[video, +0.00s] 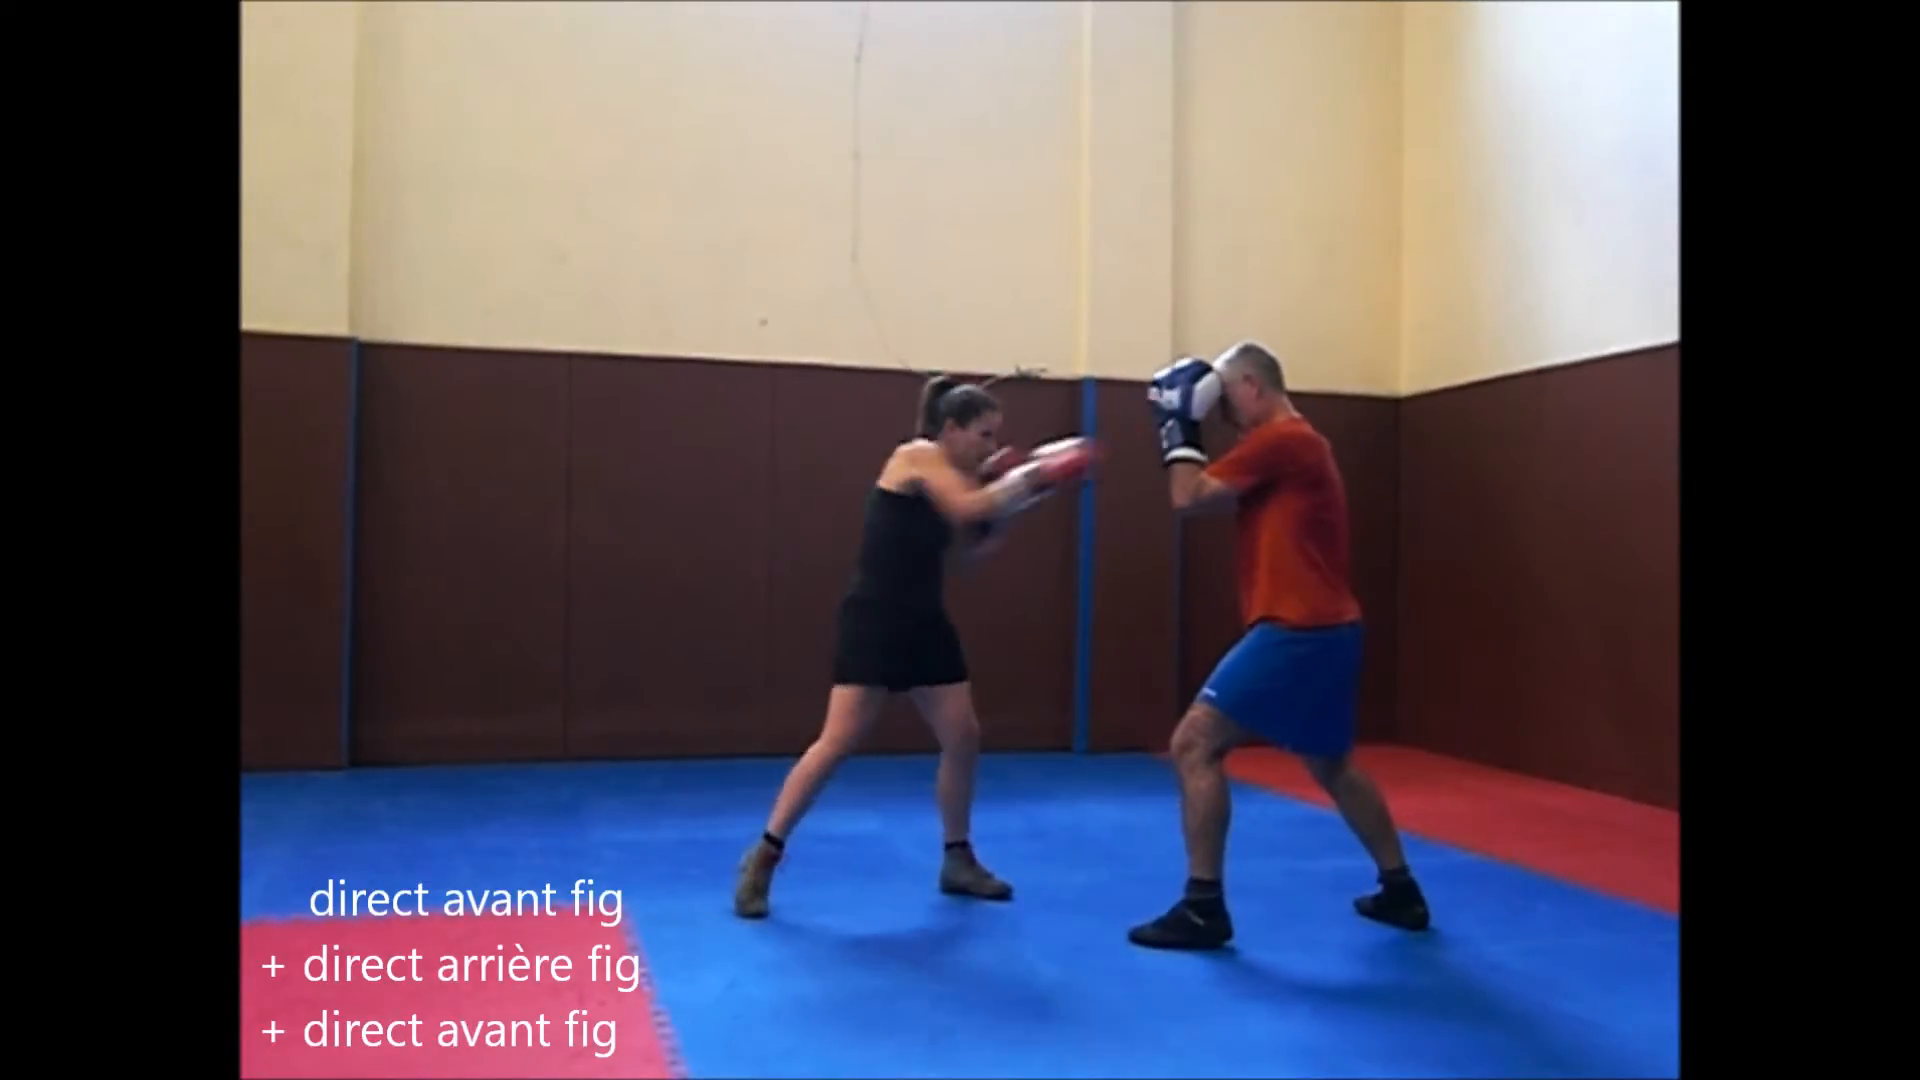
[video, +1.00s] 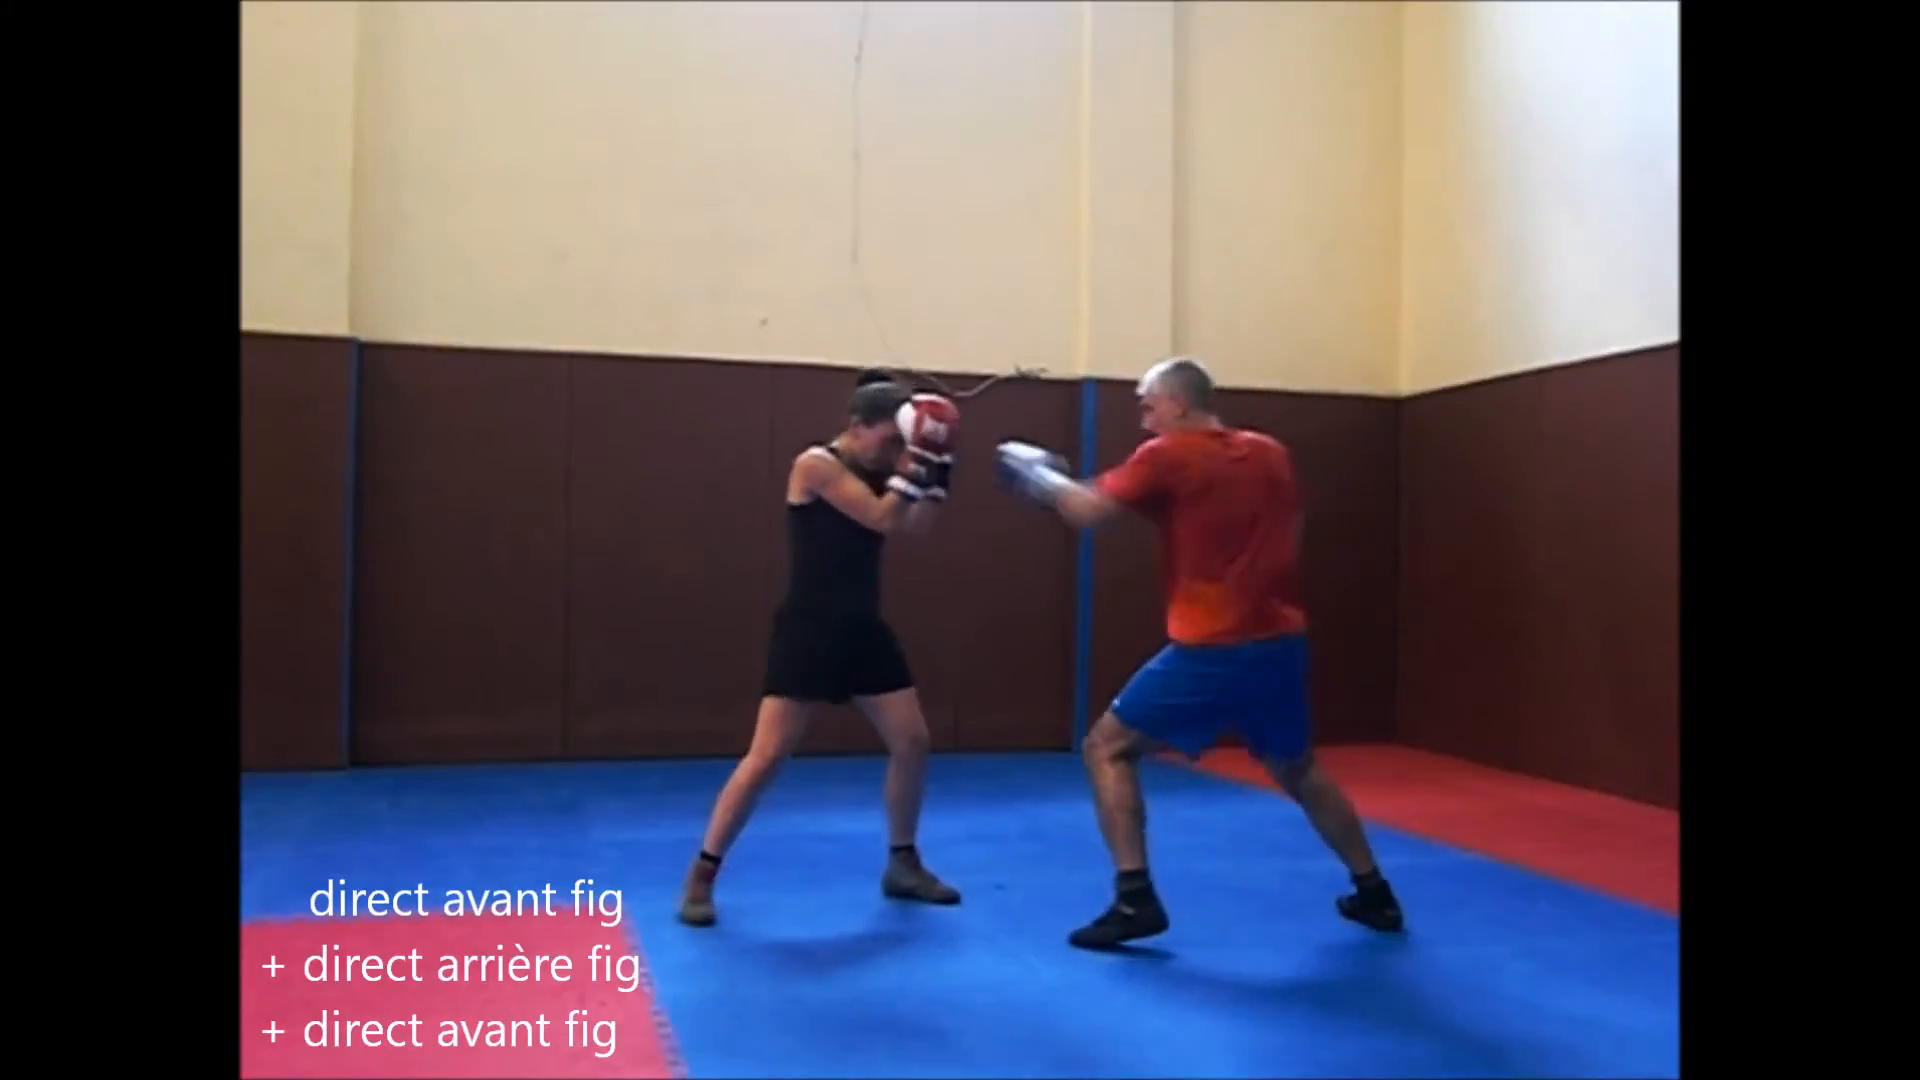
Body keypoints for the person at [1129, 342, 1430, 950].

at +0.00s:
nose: (1229, 409)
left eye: (1230, 396)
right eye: (1226, 397)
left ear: (1251, 387)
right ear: (1269, 386)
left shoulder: (1278, 440)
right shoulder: (1302, 440)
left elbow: (1189, 493)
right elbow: (1206, 483)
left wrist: (1172, 427)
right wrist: (1190, 426)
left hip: (1290, 630)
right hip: (1328, 630)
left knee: (1193, 746)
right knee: (1334, 767)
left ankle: (1203, 907)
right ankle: (1401, 890)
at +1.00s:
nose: (1143, 419)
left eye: (1148, 407)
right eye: (1142, 407)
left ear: (1175, 405)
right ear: (1204, 405)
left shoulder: (1166, 455)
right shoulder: (1270, 454)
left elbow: (1086, 508)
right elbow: (1288, 536)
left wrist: (1035, 475)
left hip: (1204, 654)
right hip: (1279, 648)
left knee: (1106, 748)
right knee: (1300, 772)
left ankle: (1135, 900)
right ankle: (1375, 893)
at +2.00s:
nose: (1179, 414)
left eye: (1185, 400)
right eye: (1177, 402)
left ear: (1221, 397)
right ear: (1226, 399)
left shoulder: (1247, 452)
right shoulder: (1269, 448)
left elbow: (1190, 535)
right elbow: (1206, 522)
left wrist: (1149, 479)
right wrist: (1177, 469)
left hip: (1248, 639)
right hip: (1292, 637)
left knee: (1141, 748)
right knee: (1301, 768)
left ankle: (1143, 911)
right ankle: (1375, 893)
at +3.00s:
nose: (1221, 416)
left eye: (1222, 403)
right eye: (1217, 405)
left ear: (1246, 391)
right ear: (1262, 391)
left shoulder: (1272, 442)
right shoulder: (1300, 442)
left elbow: (1188, 501)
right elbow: (1217, 491)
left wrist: (1171, 436)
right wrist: (1200, 437)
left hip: (1274, 637)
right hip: (1315, 636)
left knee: (1177, 749)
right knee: (1330, 771)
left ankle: (1182, 912)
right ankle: (1407, 893)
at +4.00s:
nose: (1132, 424)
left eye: (1137, 412)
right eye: (1132, 413)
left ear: (1167, 409)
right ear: (1190, 407)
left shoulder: (1142, 456)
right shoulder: (1258, 452)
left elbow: (1053, 469)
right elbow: (1281, 535)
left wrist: (966, 453)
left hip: (1190, 647)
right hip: (1270, 646)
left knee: (1093, 752)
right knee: (1290, 767)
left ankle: (1121, 901)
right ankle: (1355, 894)